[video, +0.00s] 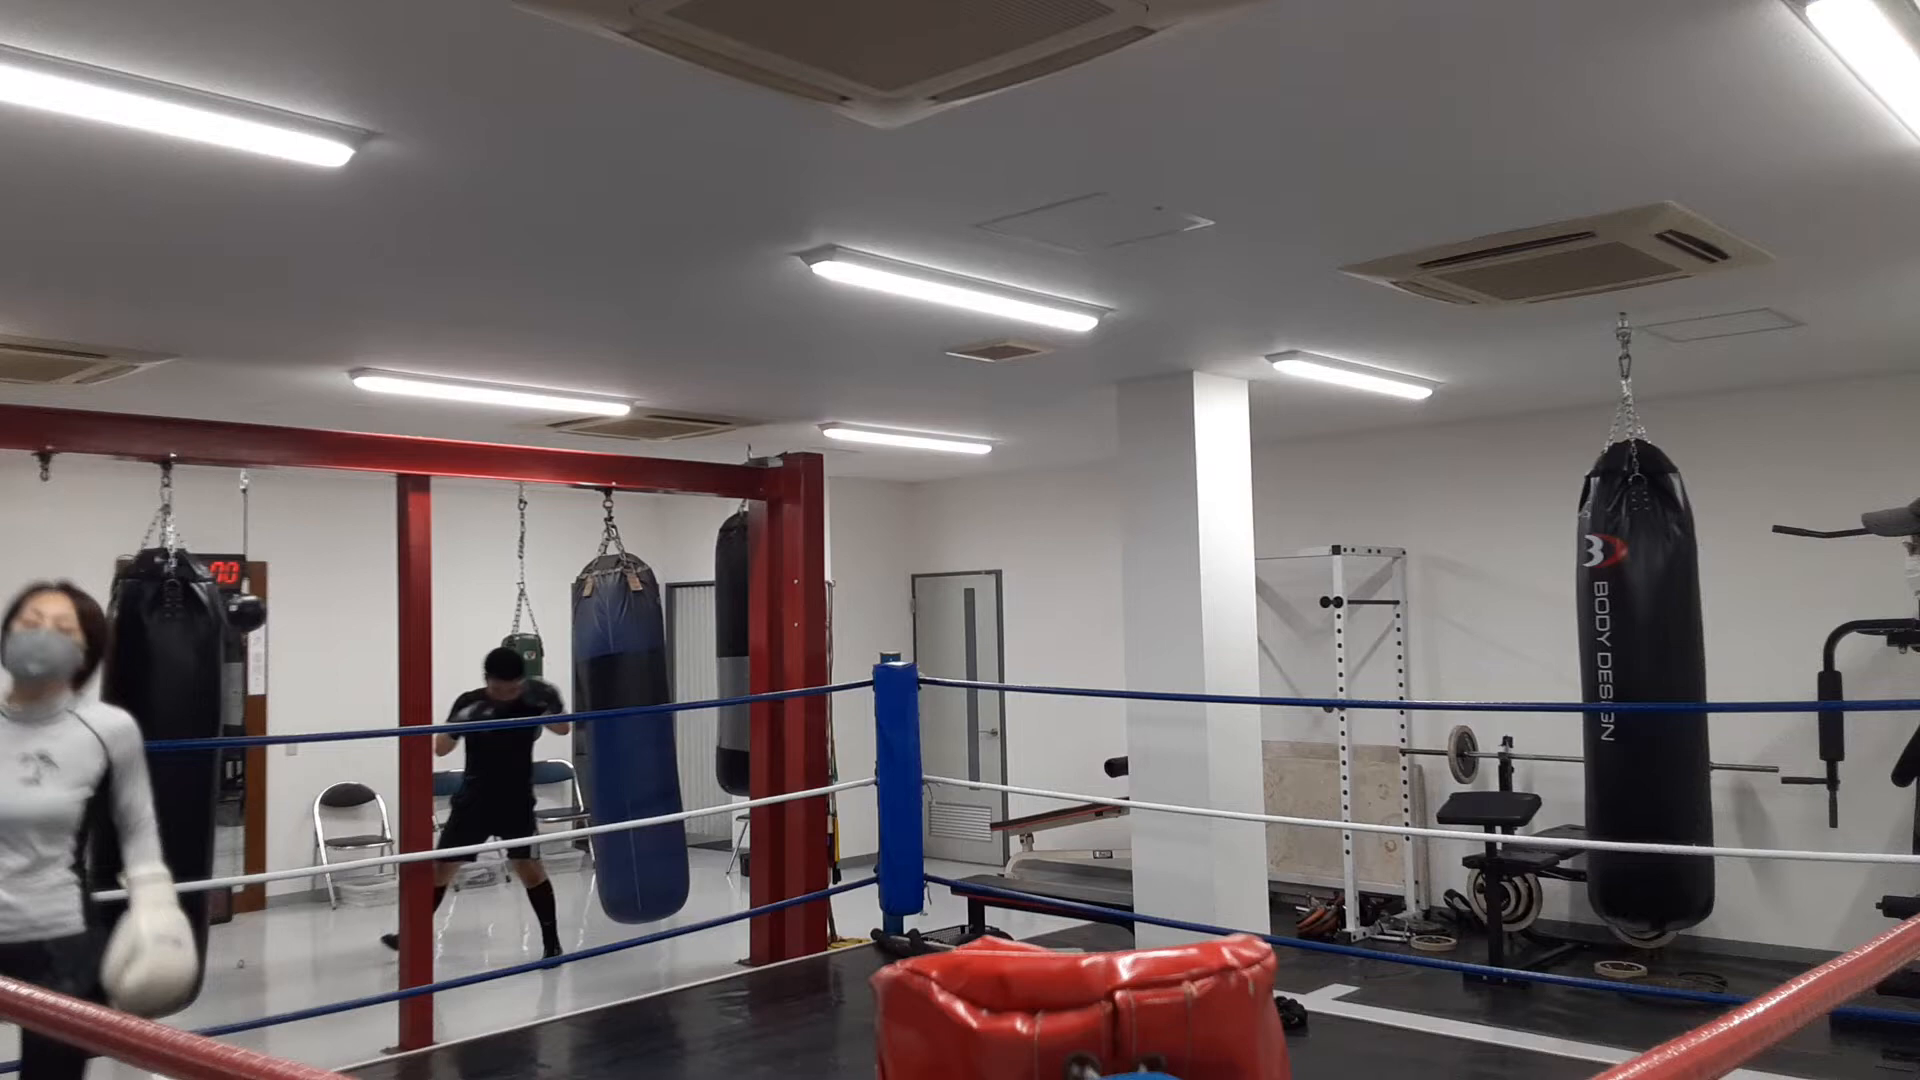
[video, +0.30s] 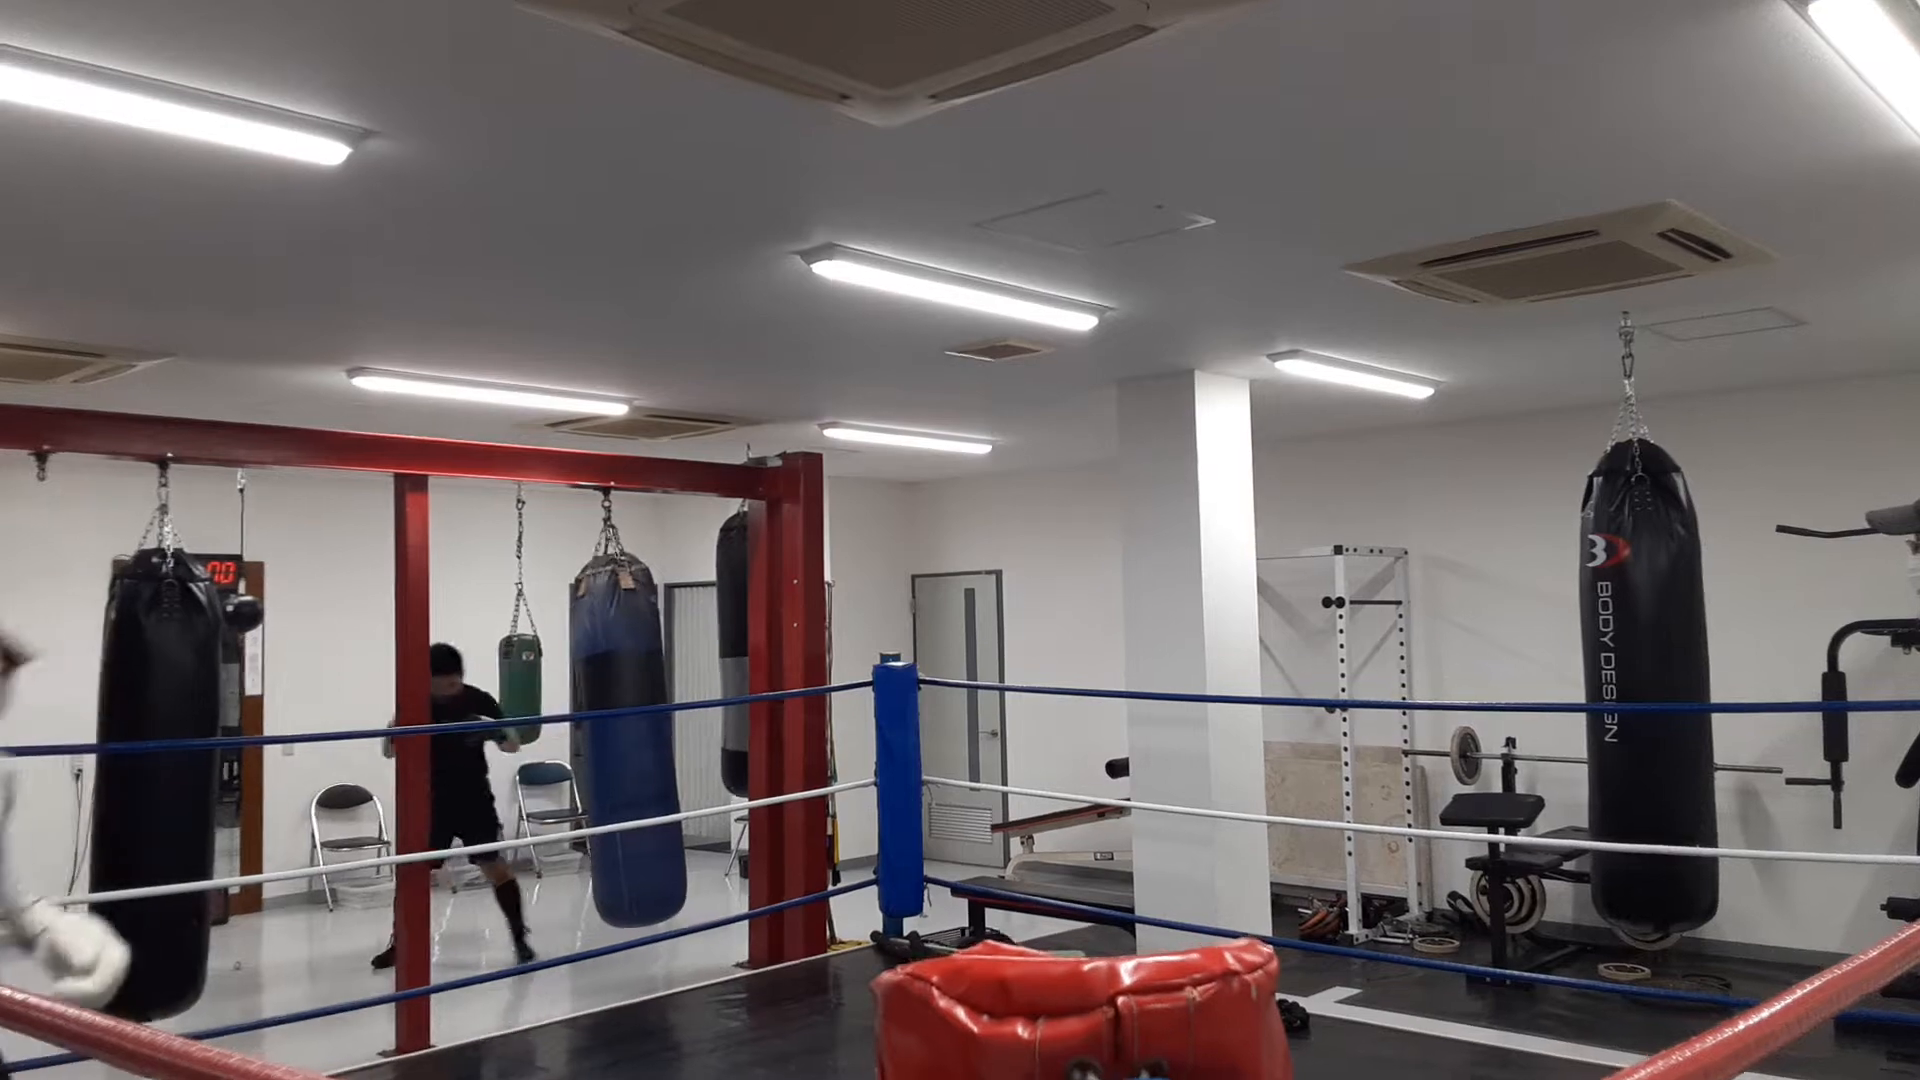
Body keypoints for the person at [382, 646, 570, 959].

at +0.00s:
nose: (506, 695)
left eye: (512, 689)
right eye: (500, 689)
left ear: (520, 682)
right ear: (488, 681)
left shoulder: (532, 699)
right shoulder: (469, 702)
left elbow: (562, 729)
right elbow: (441, 748)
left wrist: (550, 704)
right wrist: (460, 722)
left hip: (515, 802)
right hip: (473, 803)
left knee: (529, 868)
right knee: (441, 868)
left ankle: (551, 942)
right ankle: (412, 934)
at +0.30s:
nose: (448, 690)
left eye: (454, 683)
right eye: (441, 685)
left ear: (461, 677)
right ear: (428, 681)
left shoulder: (478, 701)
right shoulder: (418, 705)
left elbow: (512, 744)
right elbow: (388, 751)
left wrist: (501, 733)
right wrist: (393, 732)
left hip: (473, 798)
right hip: (430, 802)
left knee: (493, 865)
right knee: (414, 873)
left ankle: (520, 940)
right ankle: (401, 942)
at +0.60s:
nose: (423, 681)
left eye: (428, 673)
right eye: (417, 673)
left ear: (438, 672)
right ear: (407, 673)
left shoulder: (459, 698)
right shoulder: (394, 702)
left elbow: (494, 739)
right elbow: (373, 753)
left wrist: (471, 718)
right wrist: (385, 728)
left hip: (450, 795)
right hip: (408, 798)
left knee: (463, 867)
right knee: (396, 871)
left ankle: (477, 937)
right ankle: (398, 941)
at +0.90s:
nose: (448, 694)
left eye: (453, 687)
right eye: (442, 688)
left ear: (460, 682)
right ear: (424, 681)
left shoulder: (464, 709)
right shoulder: (397, 708)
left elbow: (499, 749)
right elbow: (381, 756)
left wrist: (483, 727)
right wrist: (412, 732)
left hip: (449, 803)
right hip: (405, 805)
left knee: (456, 874)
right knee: (396, 881)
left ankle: (466, 957)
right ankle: (399, 944)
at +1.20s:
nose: (452, 685)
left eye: (457, 678)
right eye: (446, 678)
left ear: (462, 675)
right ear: (427, 672)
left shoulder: (463, 705)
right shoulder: (397, 700)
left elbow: (498, 748)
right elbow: (377, 748)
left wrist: (491, 726)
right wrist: (408, 724)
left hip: (443, 801)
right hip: (398, 800)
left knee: (453, 876)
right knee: (374, 875)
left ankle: (467, 961)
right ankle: (360, 946)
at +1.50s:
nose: (406, 683)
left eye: (409, 676)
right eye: (399, 677)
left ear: (413, 679)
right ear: (382, 678)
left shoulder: (419, 710)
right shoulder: (355, 714)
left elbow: (465, 745)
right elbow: (354, 759)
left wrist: (451, 731)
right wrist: (388, 729)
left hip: (412, 817)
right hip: (365, 819)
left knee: (437, 885)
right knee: (337, 892)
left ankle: (463, 961)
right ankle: (312, 965)